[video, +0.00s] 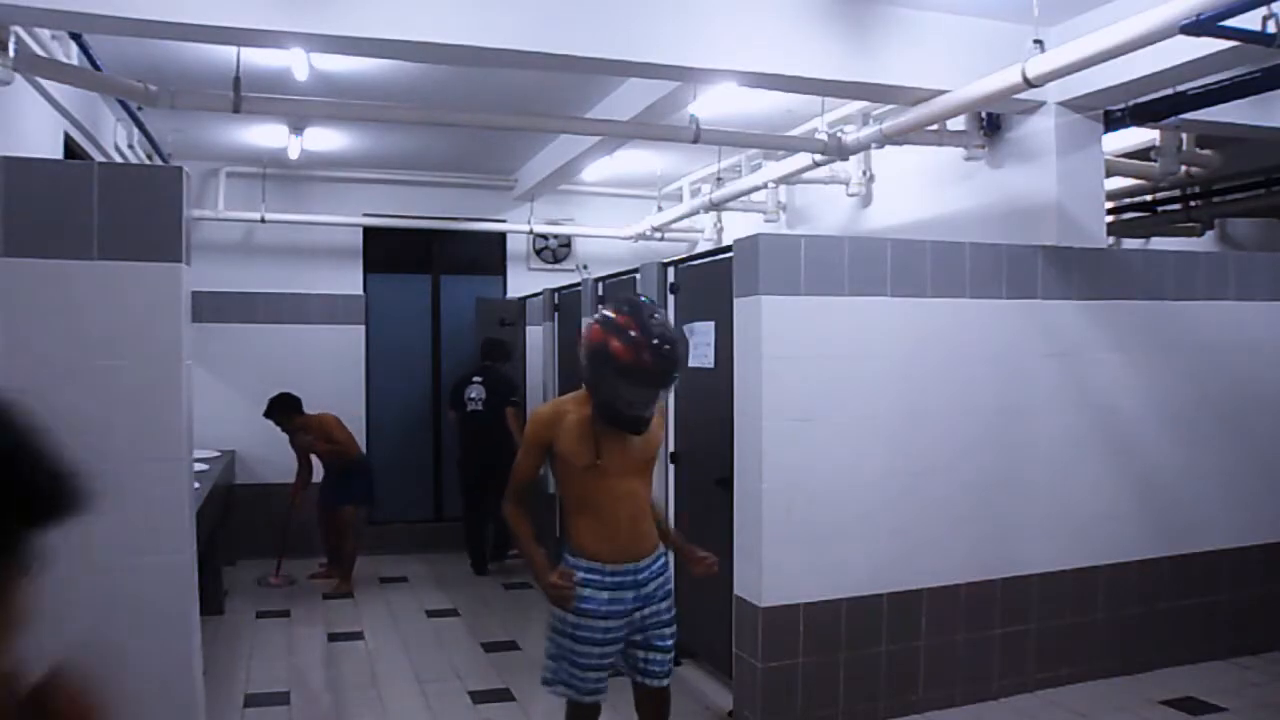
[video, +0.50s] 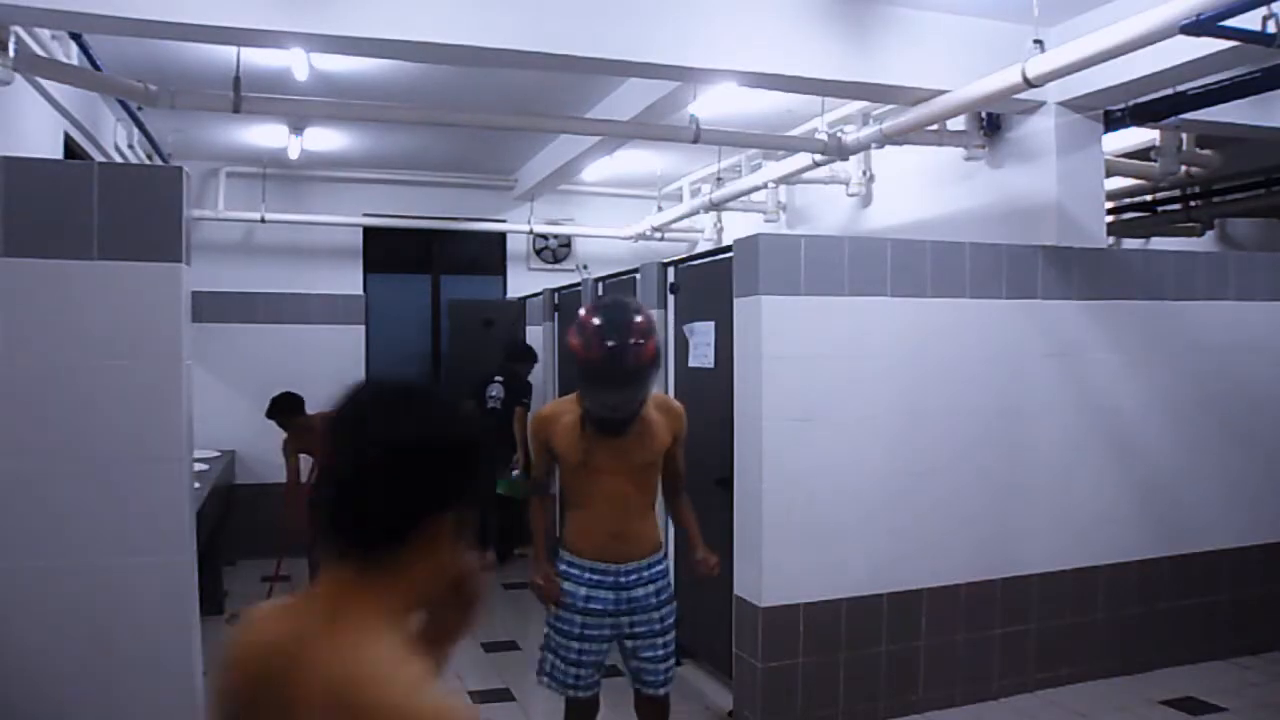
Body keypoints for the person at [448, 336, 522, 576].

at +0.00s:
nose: (505, 362)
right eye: (505, 358)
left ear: (481, 356)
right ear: (504, 358)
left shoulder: (464, 381)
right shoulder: (507, 382)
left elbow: (453, 413)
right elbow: (511, 414)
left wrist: (463, 434)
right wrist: (521, 444)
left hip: (470, 451)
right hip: (498, 451)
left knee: (473, 504)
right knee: (500, 500)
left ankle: (478, 561)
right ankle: (498, 550)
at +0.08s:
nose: (505, 363)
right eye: (506, 359)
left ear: (484, 356)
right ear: (506, 359)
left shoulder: (464, 380)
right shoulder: (507, 382)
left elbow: (452, 412)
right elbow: (510, 415)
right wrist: (518, 445)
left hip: (469, 450)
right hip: (497, 450)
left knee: (473, 503)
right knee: (499, 500)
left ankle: (477, 559)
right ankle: (498, 550)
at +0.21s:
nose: (508, 365)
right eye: (508, 361)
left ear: (487, 357)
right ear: (509, 360)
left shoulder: (468, 380)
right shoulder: (509, 382)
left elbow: (453, 409)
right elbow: (510, 417)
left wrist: (471, 410)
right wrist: (518, 447)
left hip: (472, 450)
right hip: (498, 450)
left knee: (474, 503)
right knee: (500, 499)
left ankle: (478, 560)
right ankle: (502, 548)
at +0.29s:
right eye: (514, 363)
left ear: (491, 359)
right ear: (512, 362)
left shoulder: (472, 380)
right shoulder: (511, 383)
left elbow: (457, 409)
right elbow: (511, 418)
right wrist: (517, 450)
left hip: (473, 450)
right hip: (499, 450)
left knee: (474, 503)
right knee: (500, 502)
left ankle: (478, 560)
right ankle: (502, 549)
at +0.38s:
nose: (525, 369)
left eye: (526, 366)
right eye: (524, 365)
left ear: (500, 360)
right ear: (517, 363)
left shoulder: (482, 378)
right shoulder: (514, 383)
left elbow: (463, 407)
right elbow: (514, 416)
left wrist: (454, 412)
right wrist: (518, 451)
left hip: (476, 448)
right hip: (501, 449)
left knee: (476, 501)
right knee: (502, 501)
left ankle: (478, 557)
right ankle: (503, 551)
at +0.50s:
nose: (531, 369)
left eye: (532, 364)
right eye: (530, 364)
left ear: (508, 360)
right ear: (523, 363)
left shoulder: (490, 379)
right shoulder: (522, 385)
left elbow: (478, 410)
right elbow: (519, 416)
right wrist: (520, 450)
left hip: (487, 446)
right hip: (508, 448)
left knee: (488, 497)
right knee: (508, 500)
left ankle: (483, 545)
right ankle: (504, 549)